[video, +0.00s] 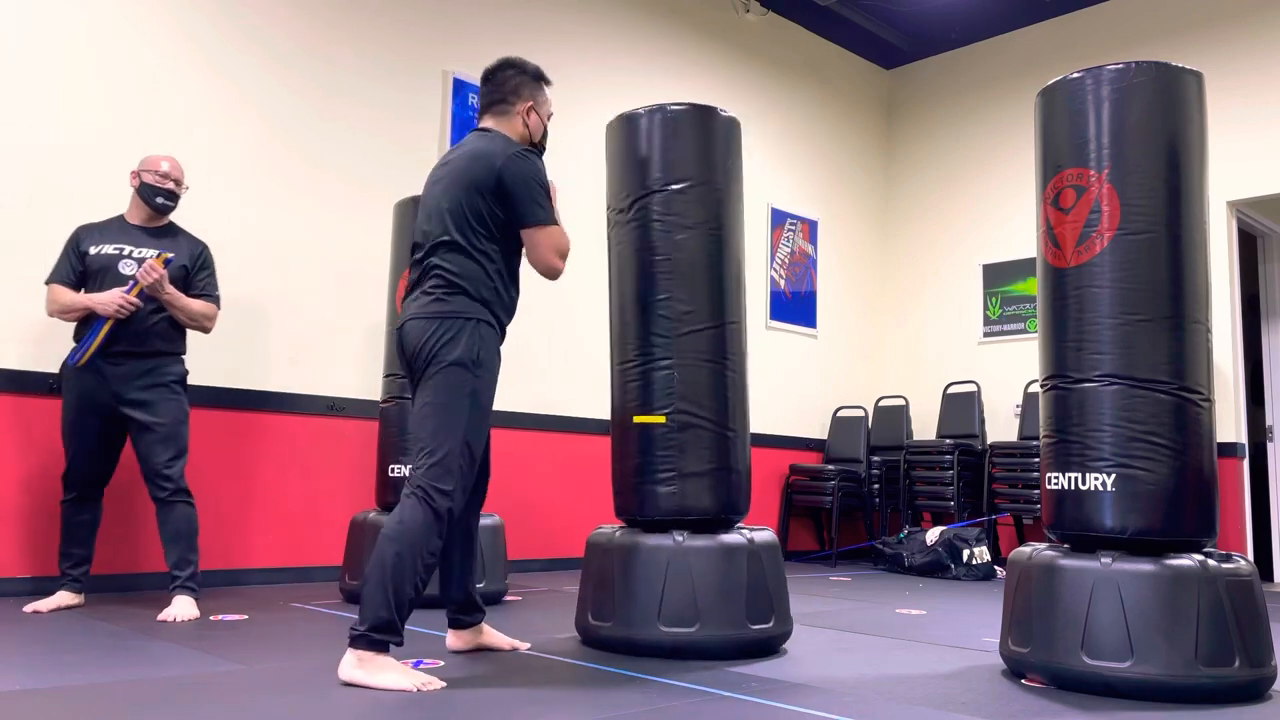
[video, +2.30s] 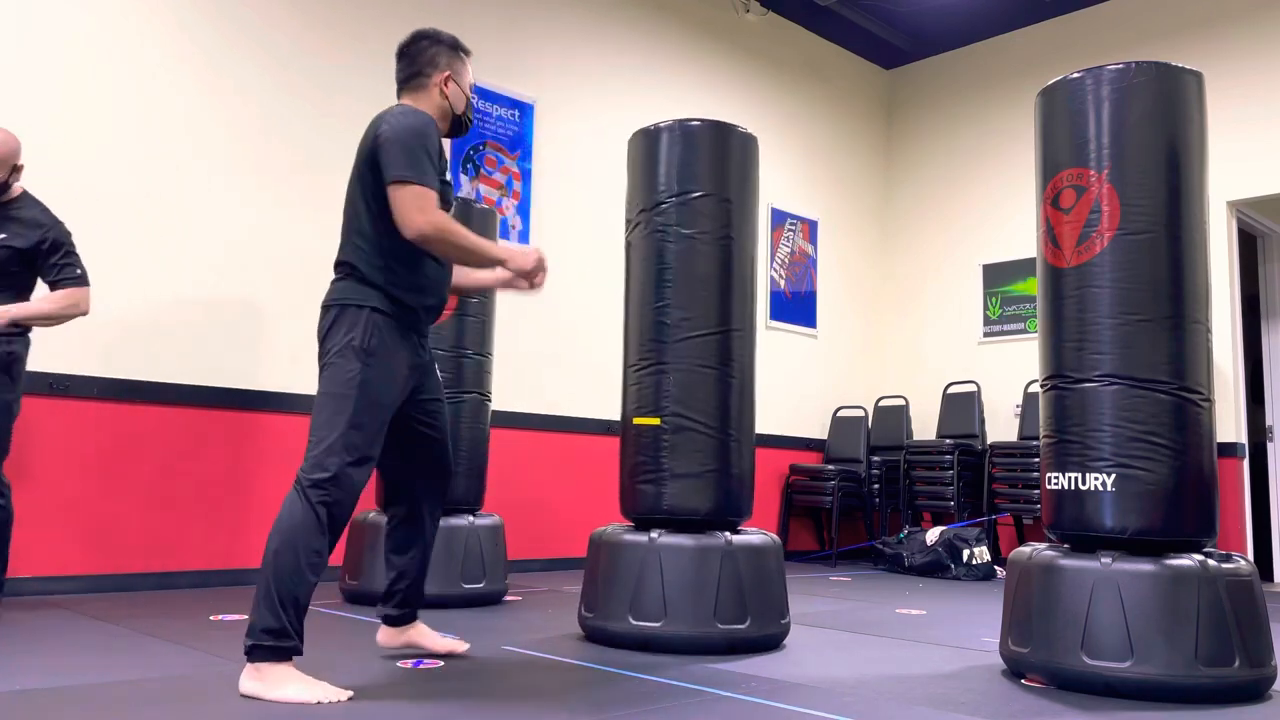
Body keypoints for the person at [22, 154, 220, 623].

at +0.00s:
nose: (168, 185)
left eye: (176, 182)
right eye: (159, 176)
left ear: (182, 194)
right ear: (133, 180)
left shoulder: (193, 250)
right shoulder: (88, 237)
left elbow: (207, 320)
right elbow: (56, 301)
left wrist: (166, 291)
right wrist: (93, 301)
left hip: (158, 382)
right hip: (91, 379)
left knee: (169, 483)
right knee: (80, 484)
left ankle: (184, 592)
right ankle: (71, 587)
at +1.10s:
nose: (106, 183)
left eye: (112, 178)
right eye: (95, 174)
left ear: (119, 189)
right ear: (69, 180)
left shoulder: (136, 245)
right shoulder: (28, 241)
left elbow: (157, 311)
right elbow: (3, 307)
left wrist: (111, 290)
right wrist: (37, 303)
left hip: (110, 378)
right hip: (45, 378)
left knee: (113, 479)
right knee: (56, 482)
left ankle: (116, 587)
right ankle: (69, 586)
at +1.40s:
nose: (99, 182)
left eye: (106, 177)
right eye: (89, 173)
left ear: (112, 187)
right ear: (60, 178)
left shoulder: (127, 242)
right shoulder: (19, 240)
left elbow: (148, 310)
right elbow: (1, 307)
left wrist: (96, 287)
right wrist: (25, 302)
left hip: (97, 367)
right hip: (35, 369)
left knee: (71, 463)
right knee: (44, 474)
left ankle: (60, 586)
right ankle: (67, 579)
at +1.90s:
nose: (39, 186)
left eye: (51, 179)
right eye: (31, 175)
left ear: (72, 179)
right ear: (19, 168)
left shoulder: (90, 236)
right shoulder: (3, 221)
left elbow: (114, 307)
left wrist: (47, 288)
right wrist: (5, 289)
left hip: (48, 358)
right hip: (4, 358)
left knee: (11, 467)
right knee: (29, 470)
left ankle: (1, 582)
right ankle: (67, 576)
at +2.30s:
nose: (2, 181)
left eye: (4, 172)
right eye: (3, 172)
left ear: (13, 171)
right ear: (10, 170)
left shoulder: (35, 222)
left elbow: (76, 298)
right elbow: (75, 296)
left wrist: (8, 313)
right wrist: (14, 315)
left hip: (2, 367)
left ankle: (0, 581)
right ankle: (1, 579)